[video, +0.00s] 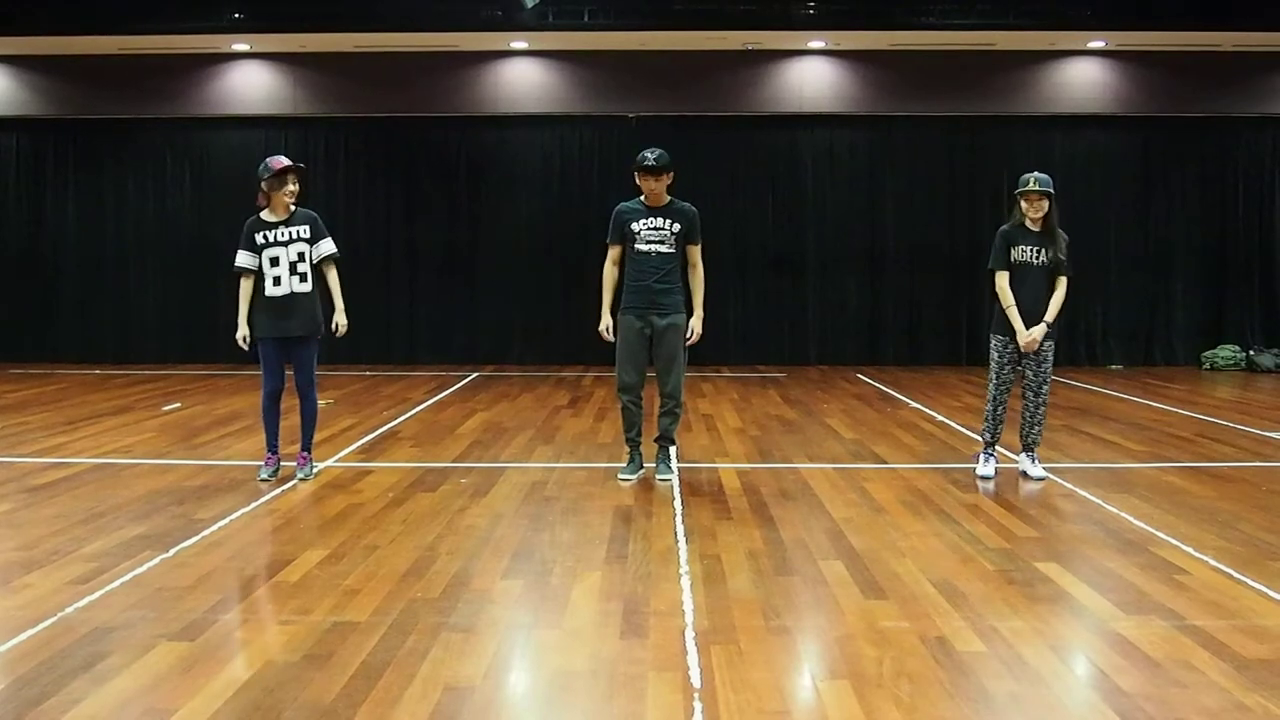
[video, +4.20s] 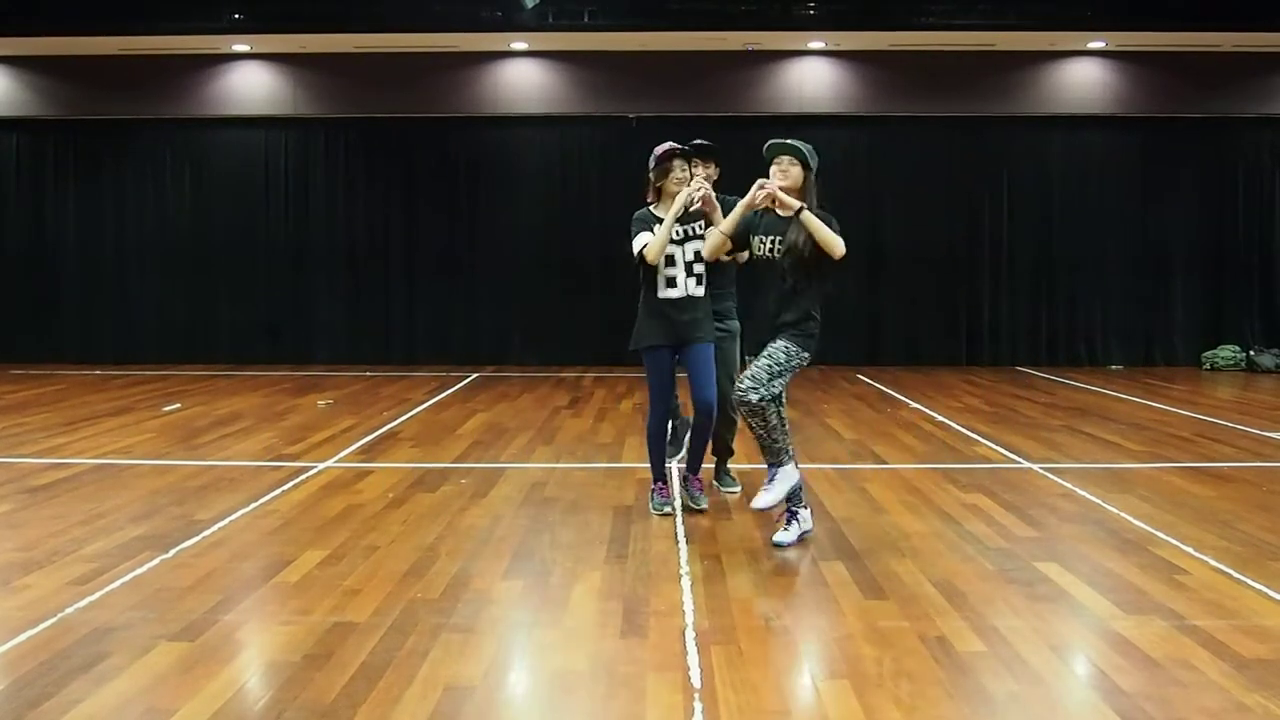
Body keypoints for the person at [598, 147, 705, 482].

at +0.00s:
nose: (650, 181)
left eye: (656, 175)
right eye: (644, 175)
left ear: (669, 177)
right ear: (637, 177)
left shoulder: (686, 214)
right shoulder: (624, 213)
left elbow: (695, 265)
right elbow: (612, 263)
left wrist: (698, 314)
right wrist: (606, 311)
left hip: (672, 315)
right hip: (631, 314)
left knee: (671, 389)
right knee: (628, 387)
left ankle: (667, 451)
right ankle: (633, 454)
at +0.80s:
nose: (644, 196)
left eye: (650, 189)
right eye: (638, 189)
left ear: (660, 190)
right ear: (628, 191)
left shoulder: (678, 223)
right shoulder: (615, 229)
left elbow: (687, 271)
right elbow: (611, 279)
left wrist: (679, 305)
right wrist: (632, 293)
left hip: (669, 313)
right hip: (630, 315)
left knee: (677, 367)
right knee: (623, 386)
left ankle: (666, 430)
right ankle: (633, 453)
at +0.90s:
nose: (647, 196)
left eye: (653, 189)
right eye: (640, 189)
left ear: (663, 191)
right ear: (631, 192)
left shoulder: (680, 223)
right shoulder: (617, 228)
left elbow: (687, 273)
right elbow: (617, 280)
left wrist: (671, 278)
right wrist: (644, 261)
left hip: (671, 308)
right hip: (632, 314)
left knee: (686, 349)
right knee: (624, 387)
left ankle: (670, 411)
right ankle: (633, 454)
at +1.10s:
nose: (659, 185)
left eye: (666, 179)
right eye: (653, 179)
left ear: (676, 182)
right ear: (643, 181)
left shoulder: (690, 218)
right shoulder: (628, 214)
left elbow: (688, 267)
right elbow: (624, 258)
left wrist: (667, 237)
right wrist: (648, 217)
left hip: (679, 315)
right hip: (637, 316)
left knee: (699, 377)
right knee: (630, 387)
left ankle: (689, 446)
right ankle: (634, 454)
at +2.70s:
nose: (681, 179)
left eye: (688, 173)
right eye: (676, 174)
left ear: (702, 180)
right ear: (669, 181)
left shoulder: (720, 219)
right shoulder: (657, 218)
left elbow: (721, 257)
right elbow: (659, 256)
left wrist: (695, 219)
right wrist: (678, 212)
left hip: (714, 311)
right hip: (673, 317)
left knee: (742, 354)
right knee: (671, 395)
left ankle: (722, 418)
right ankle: (677, 462)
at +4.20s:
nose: (701, 174)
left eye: (706, 168)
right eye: (694, 168)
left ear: (717, 171)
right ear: (683, 172)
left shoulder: (733, 207)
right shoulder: (673, 209)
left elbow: (742, 255)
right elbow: (661, 252)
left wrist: (715, 217)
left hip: (722, 312)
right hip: (682, 311)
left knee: (727, 391)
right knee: (665, 384)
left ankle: (723, 463)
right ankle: (677, 422)